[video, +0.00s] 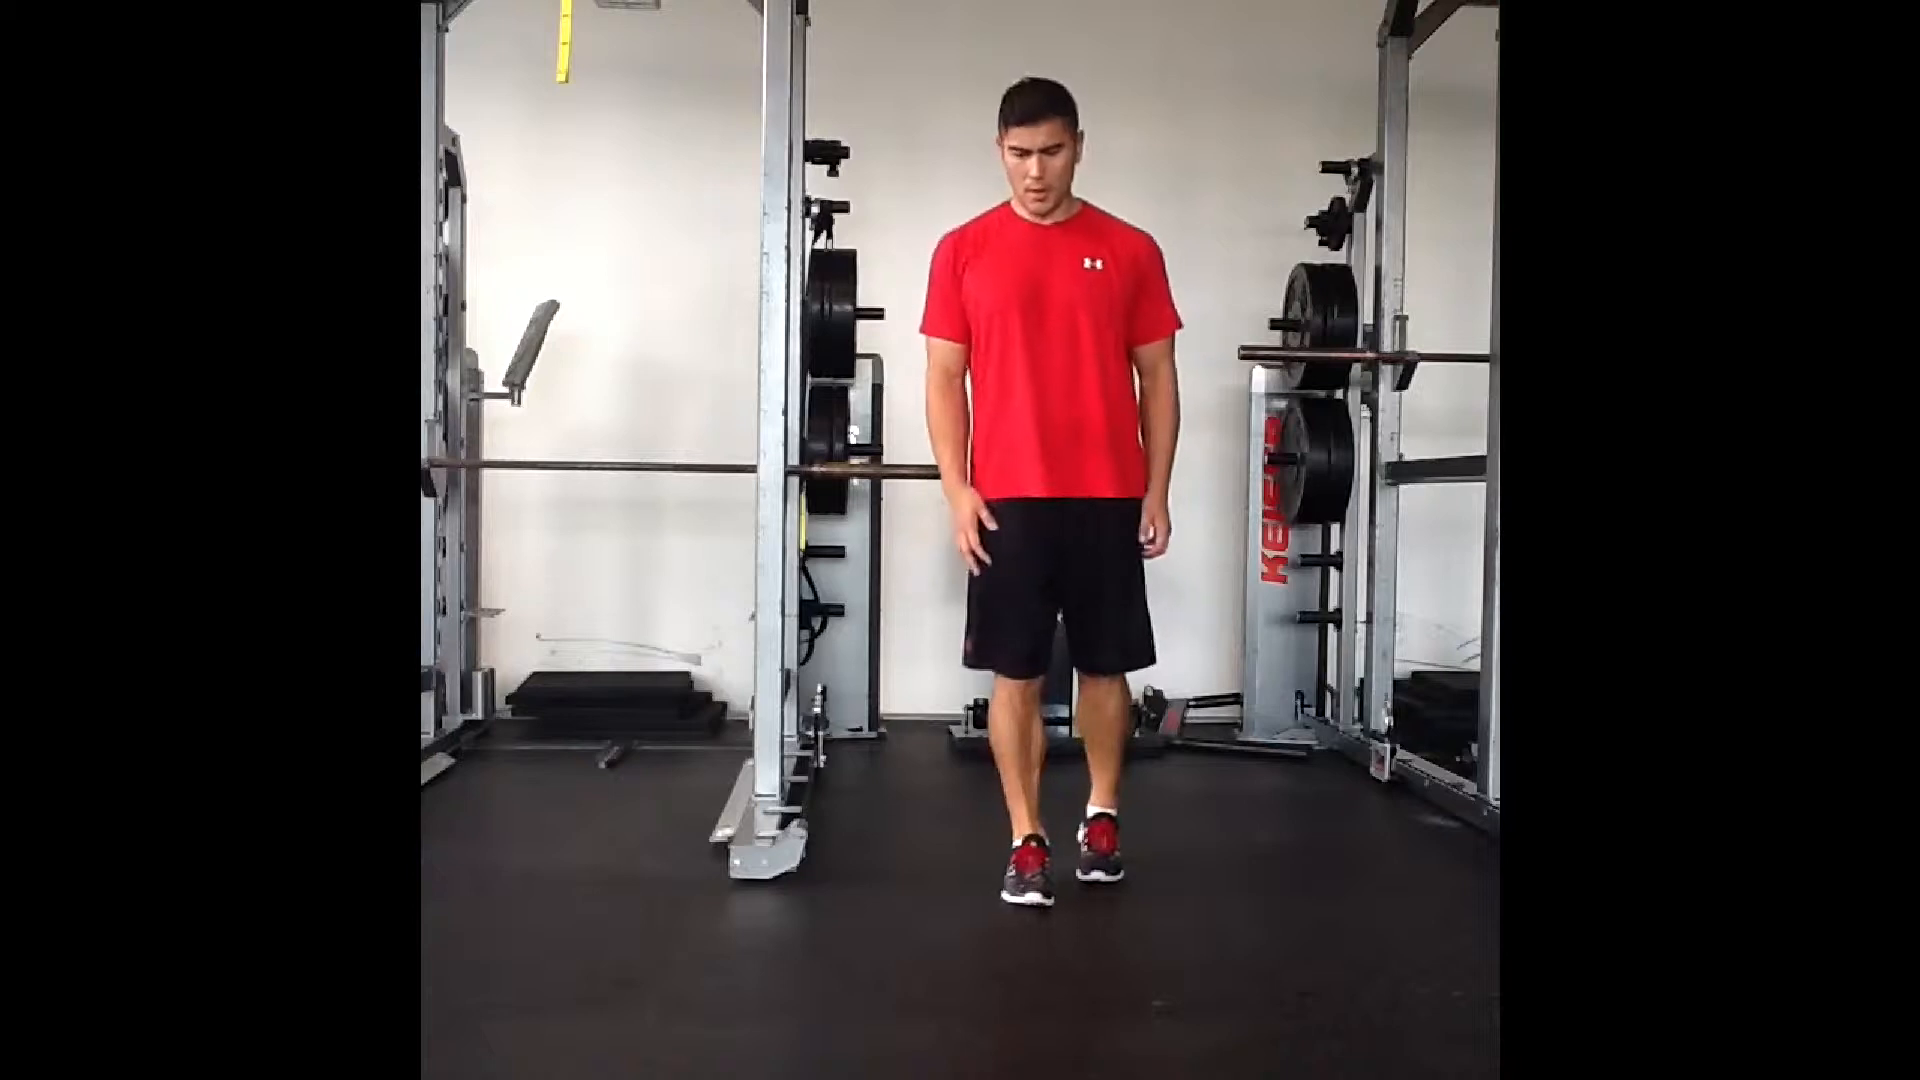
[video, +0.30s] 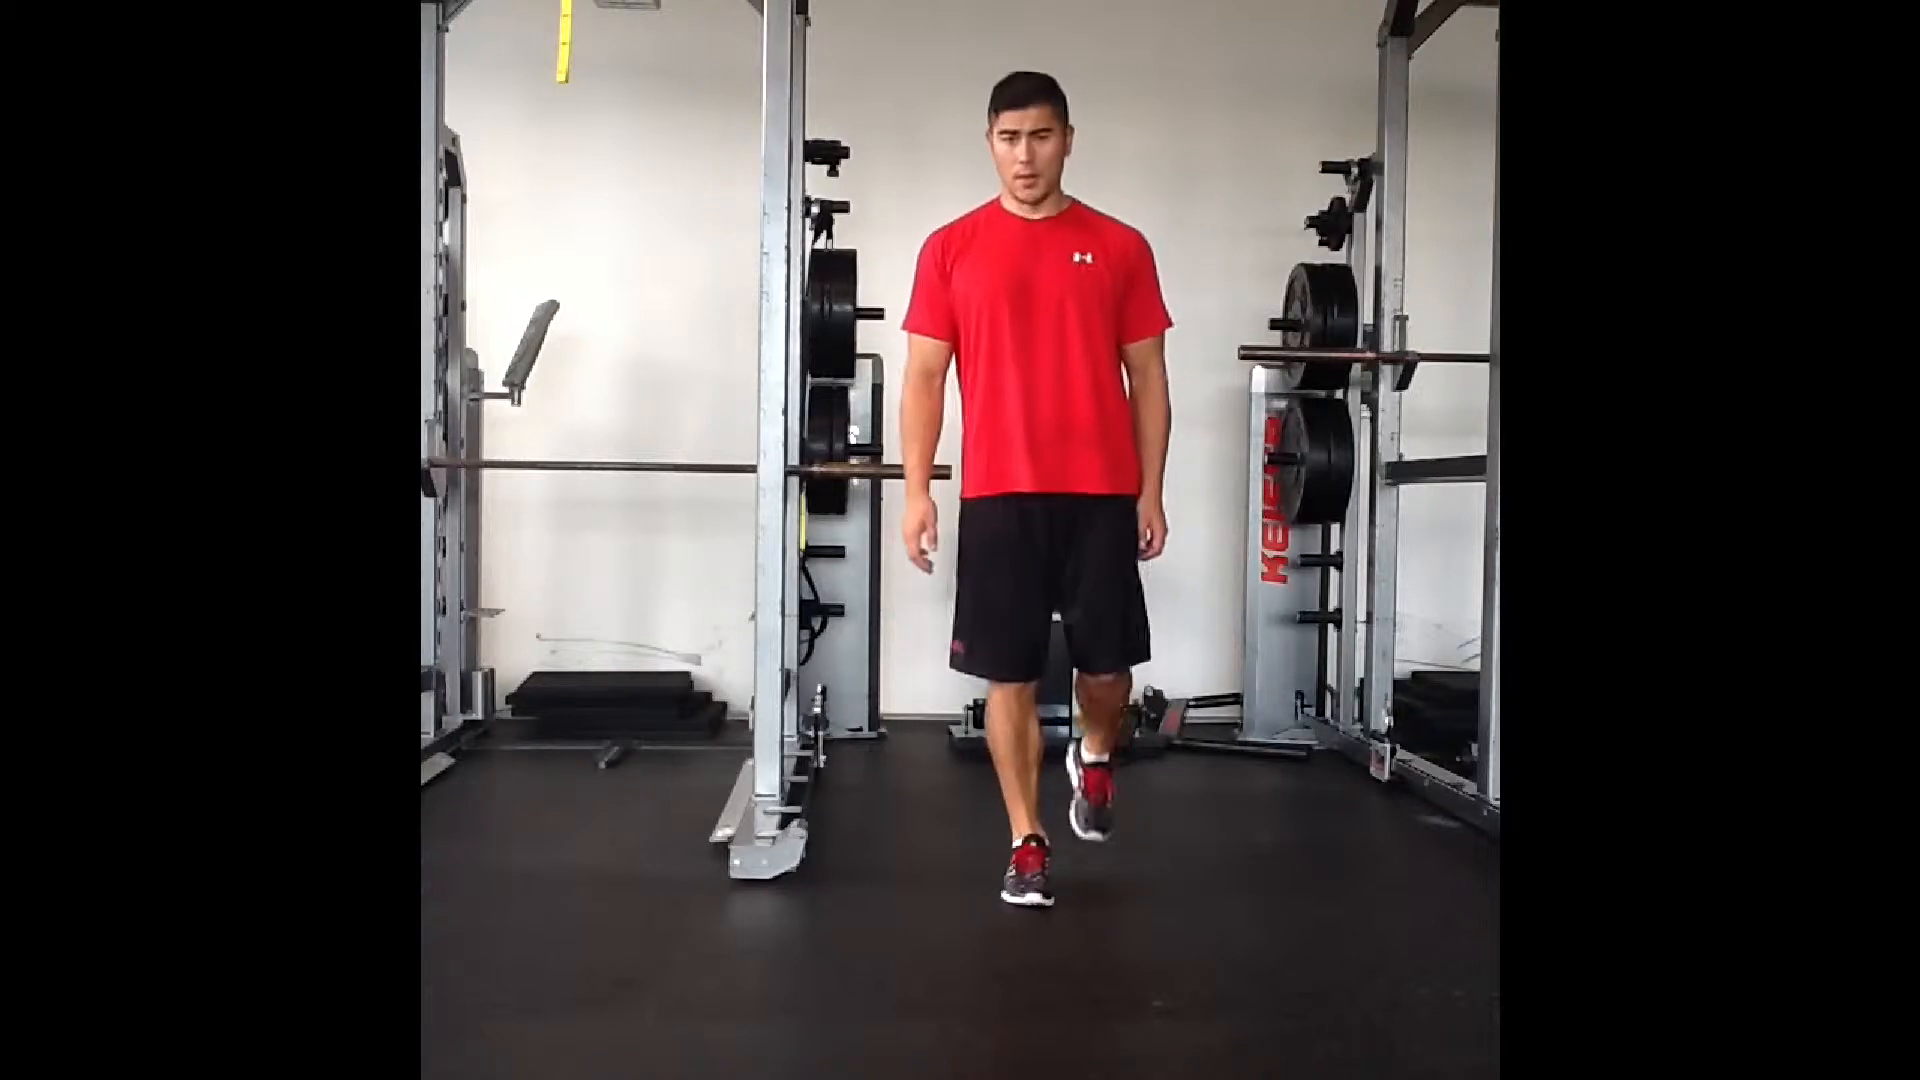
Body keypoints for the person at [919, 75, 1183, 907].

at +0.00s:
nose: (1035, 170)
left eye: (1050, 151)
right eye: (1019, 153)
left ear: (1077, 148)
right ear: (999, 154)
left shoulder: (1130, 250)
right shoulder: (962, 252)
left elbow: (1157, 373)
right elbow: (944, 378)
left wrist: (1157, 490)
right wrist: (957, 489)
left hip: (1106, 498)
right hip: (1009, 500)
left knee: (1103, 668)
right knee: (1016, 672)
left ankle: (1102, 819)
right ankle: (1026, 840)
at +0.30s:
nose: (1026, 152)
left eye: (1041, 135)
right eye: (1010, 137)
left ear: (1066, 141)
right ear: (991, 146)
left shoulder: (1120, 247)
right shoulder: (950, 249)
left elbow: (1147, 372)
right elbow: (923, 374)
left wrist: (1151, 489)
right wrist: (918, 490)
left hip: (1100, 493)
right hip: (999, 494)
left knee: (1106, 672)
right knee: (1010, 675)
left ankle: (1094, 763)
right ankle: (1024, 841)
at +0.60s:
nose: (1021, 147)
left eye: (1036, 131)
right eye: (1005, 132)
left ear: (1061, 138)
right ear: (984, 142)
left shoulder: (1114, 245)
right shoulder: (944, 250)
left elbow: (1143, 371)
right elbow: (917, 376)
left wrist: (1148, 488)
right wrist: (914, 490)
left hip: (1098, 490)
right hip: (996, 492)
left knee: (1105, 661)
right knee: (1008, 672)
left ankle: (1078, 732)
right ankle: (1024, 838)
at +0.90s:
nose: (1020, 148)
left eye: (1035, 131)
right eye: (1003, 132)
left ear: (1060, 139)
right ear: (982, 142)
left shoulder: (1112, 247)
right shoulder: (941, 251)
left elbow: (1141, 372)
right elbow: (914, 376)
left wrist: (1144, 490)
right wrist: (922, 488)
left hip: (1095, 496)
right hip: (993, 497)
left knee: (1098, 665)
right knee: (1007, 676)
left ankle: (1074, 736)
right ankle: (1024, 842)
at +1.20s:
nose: (1012, 175)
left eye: (1028, 158)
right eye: (996, 159)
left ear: (1055, 168)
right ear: (976, 170)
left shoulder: (1104, 278)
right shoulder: (933, 272)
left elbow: (1138, 406)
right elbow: (915, 382)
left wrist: (1100, 476)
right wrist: (924, 488)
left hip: (1086, 517)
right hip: (985, 521)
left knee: (1092, 668)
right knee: (1005, 680)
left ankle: (1064, 708)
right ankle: (1023, 841)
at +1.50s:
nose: (1003, 286)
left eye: (1020, 270)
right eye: (987, 271)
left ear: (1047, 280)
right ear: (966, 282)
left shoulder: (1082, 350)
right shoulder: (934, 347)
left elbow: (1111, 430)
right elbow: (918, 334)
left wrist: (1029, 355)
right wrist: (925, 323)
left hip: (1083, 564)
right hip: (988, 561)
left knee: (1052, 683)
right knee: (1009, 691)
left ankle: (1006, 714)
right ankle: (1024, 844)